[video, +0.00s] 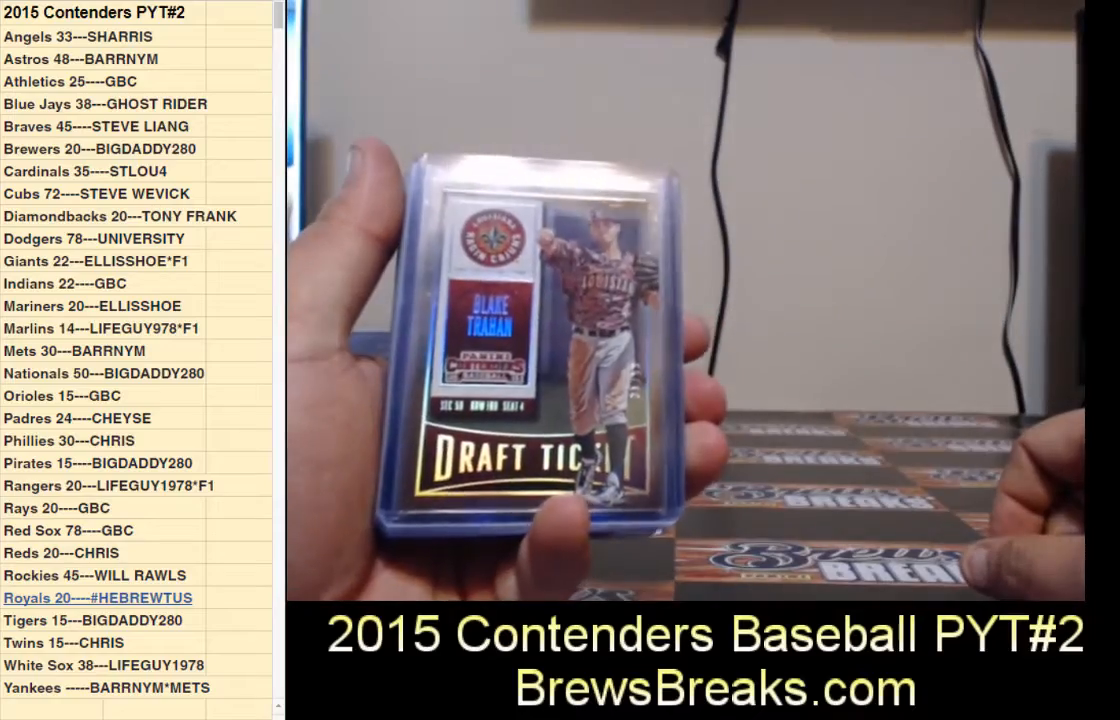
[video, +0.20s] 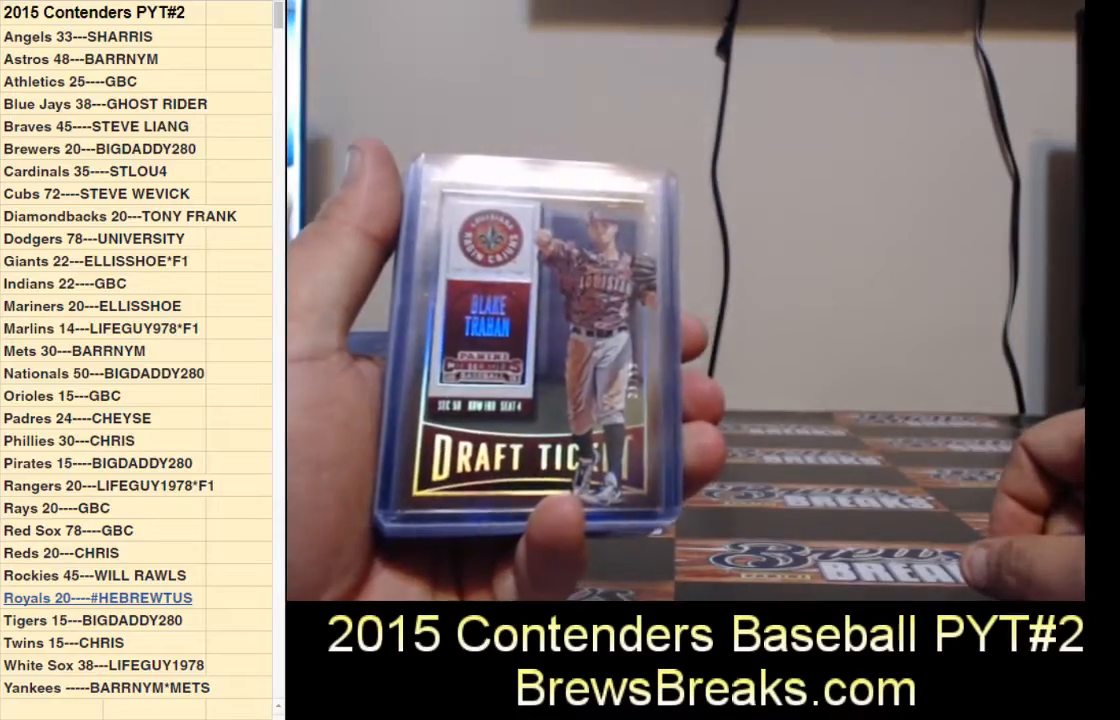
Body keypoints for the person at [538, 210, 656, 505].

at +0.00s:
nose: (601, 230)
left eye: (607, 224)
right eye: (596, 224)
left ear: (618, 228)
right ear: (590, 228)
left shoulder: (631, 263)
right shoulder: (577, 255)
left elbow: (654, 302)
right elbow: (555, 248)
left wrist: (653, 279)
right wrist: (548, 241)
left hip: (618, 340)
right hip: (583, 339)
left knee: (614, 409)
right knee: (581, 410)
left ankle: (616, 479)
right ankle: (589, 460)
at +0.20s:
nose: (599, 231)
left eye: (605, 225)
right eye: (594, 225)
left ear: (615, 229)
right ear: (588, 229)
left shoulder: (629, 264)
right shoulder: (575, 256)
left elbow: (652, 303)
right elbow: (553, 248)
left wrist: (650, 281)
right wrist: (545, 242)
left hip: (616, 340)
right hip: (581, 339)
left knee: (612, 409)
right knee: (578, 409)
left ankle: (613, 479)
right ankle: (586, 460)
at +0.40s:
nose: (604, 236)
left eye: (610, 231)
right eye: (600, 231)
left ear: (619, 235)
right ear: (592, 234)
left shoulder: (633, 268)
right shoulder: (580, 262)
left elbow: (655, 307)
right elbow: (561, 255)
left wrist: (654, 286)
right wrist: (555, 252)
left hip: (621, 342)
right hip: (587, 342)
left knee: (617, 409)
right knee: (586, 410)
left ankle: (620, 478)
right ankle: (593, 459)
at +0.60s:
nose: (604, 240)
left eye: (610, 235)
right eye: (600, 234)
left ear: (619, 239)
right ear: (593, 237)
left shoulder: (631, 270)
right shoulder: (581, 262)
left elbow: (651, 304)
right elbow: (565, 255)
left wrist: (652, 289)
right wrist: (559, 251)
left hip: (621, 336)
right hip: (588, 335)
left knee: (617, 397)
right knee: (587, 397)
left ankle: (618, 459)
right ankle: (591, 452)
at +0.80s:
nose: (629, 239)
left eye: (635, 234)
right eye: (625, 233)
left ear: (644, 240)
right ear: (620, 237)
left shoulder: (653, 270)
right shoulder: (605, 259)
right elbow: (578, 248)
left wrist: (680, 290)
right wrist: (581, 246)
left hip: (636, 336)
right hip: (604, 334)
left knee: (629, 399)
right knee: (599, 397)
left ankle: (626, 462)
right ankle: (598, 457)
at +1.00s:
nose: (649, 234)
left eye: (655, 230)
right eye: (646, 229)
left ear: (664, 235)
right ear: (640, 232)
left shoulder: (672, 265)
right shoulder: (628, 254)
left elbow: (683, 296)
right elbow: (604, 241)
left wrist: (690, 283)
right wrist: (604, 238)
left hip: (658, 323)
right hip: (627, 321)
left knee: (652, 386)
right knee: (623, 383)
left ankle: (648, 443)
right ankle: (623, 436)